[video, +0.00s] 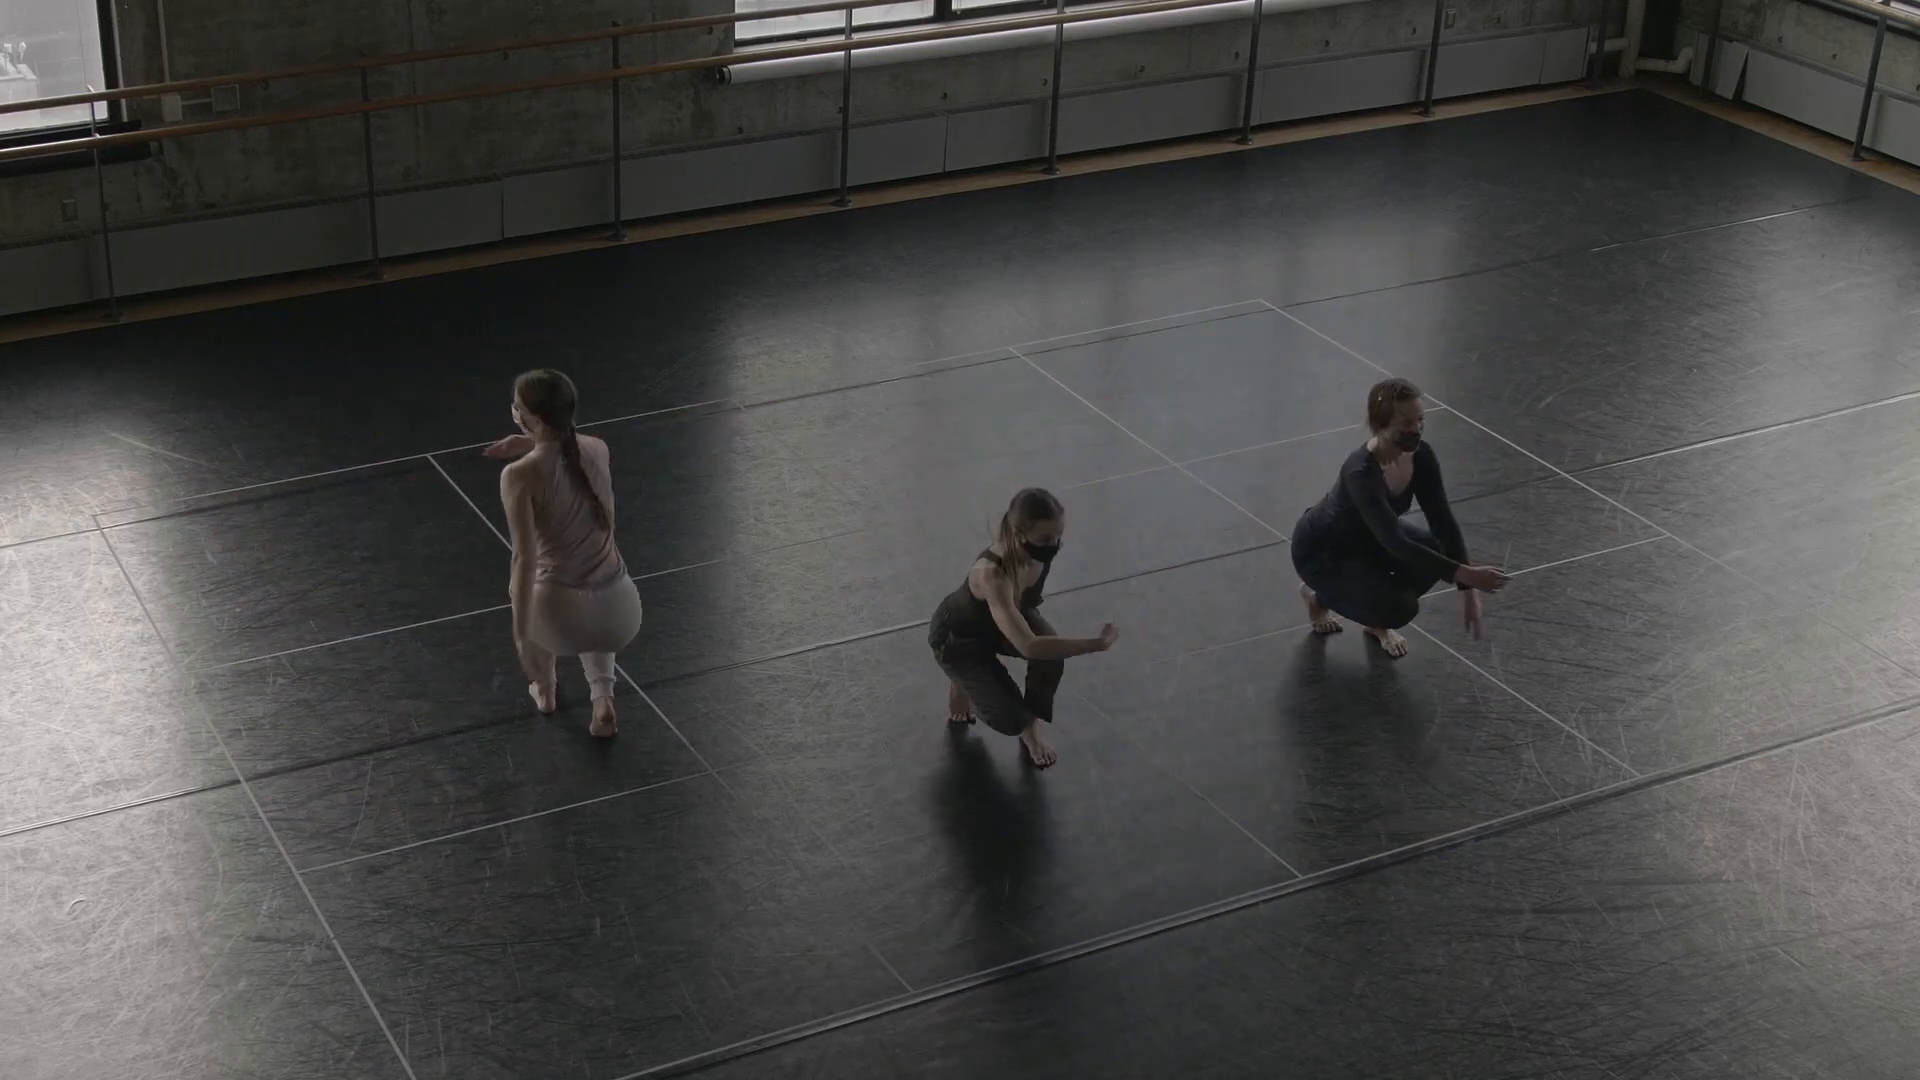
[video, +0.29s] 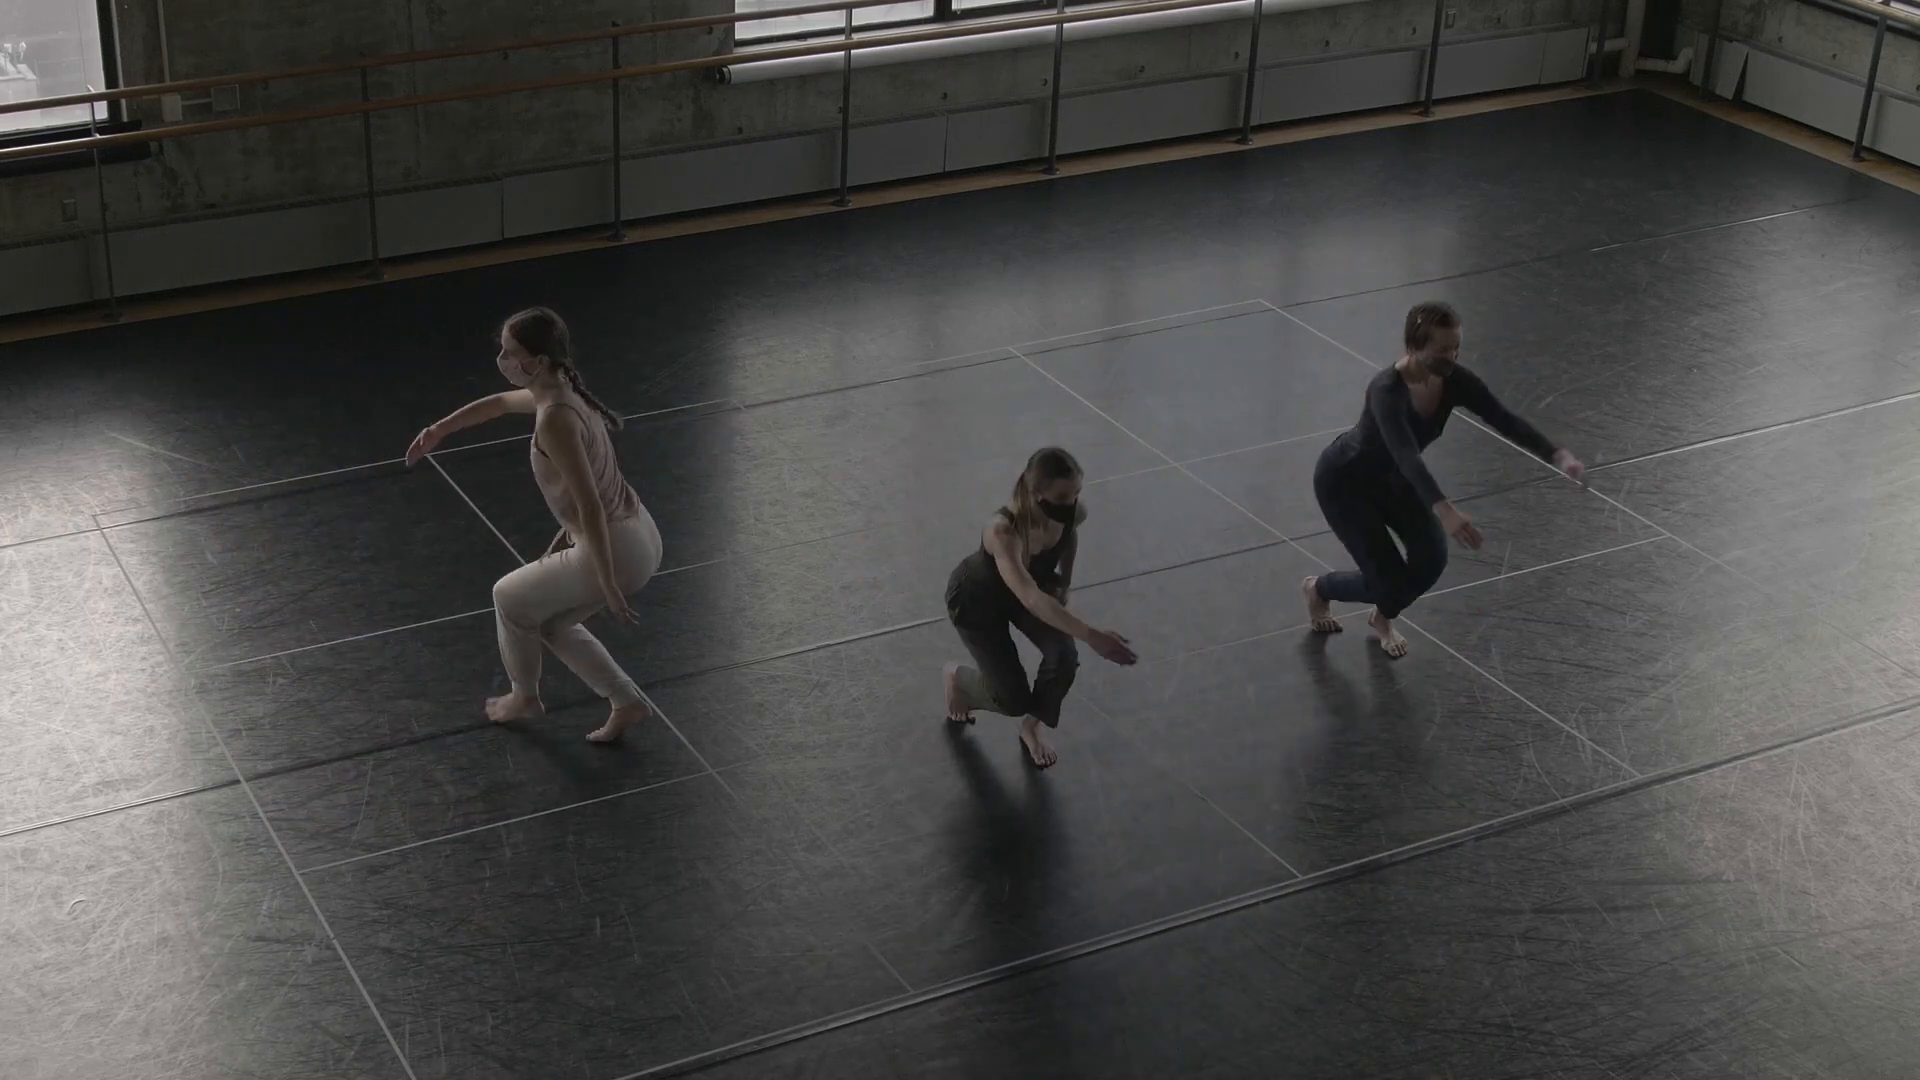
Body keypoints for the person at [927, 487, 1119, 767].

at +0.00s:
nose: (1053, 549)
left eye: (1057, 539)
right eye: (1044, 543)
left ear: (1060, 529)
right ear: (1018, 536)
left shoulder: (1040, 547)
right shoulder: (992, 574)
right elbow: (1030, 646)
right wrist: (1096, 644)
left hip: (1001, 617)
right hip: (958, 638)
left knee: (1051, 651)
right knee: (1014, 722)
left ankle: (1031, 727)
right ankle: (962, 682)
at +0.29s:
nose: (1070, 506)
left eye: (1075, 497)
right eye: (1060, 500)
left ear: (1079, 488)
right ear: (1035, 494)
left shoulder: (1074, 513)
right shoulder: (1002, 530)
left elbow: (1067, 540)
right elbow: (1032, 600)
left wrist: (1063, 584)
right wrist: (1092, 637)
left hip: (1023, 588)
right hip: (976, 597)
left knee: (1063, 657)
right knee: (1017, 701)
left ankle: (1032, 725)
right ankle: (958, 682)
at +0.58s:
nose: (1108, 425)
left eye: (1112, 416)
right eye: (1099, 419)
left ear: (1118, 405)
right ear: (1074, 411)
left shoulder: (1115, 435)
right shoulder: (1037, 440)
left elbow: (1109, 475)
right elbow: (972, 499)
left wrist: (1102, 521)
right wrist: (912, 557)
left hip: (1075, 537)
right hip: (1021, 539)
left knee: (1103, 639)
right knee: (1001, 647)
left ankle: (1079, 733)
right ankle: (954, 679)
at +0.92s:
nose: (1184, 489)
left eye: (1190, 481)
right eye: (1176, 483)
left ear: (1197, 467)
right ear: (1151, 470)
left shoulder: (1192, 493)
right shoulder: (1112, 491)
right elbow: (1062, 492)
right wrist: (1085, 491)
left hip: (1144, 593)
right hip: (1089, 584)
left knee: (1182, 695)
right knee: (1019, 634)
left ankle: (1156, 771)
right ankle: (960, 671)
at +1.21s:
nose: (1267, 500)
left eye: (1272, 493)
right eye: (1262, 492)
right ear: (1234, 477)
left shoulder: (1236, 504)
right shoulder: (1181, 505)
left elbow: (1198, 547)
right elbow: (1112, 532)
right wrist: (1047, 562)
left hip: (1178, 604)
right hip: (1127, 604)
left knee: (1189, 715)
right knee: (1136, 729)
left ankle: (1162, 771)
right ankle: (1061, 765)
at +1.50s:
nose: (1302, 509)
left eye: (1307, 502)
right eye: (1301, 500)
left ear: (1267, 472)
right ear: (1271, 481)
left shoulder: (1229, 495)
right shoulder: (1237, 527)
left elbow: (1174, 548)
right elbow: (1162, 579)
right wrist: (1091, 625)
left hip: (1130, 626)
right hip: (1164, 650)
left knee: (1083, 716)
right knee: (1199, 761)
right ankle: (1173, 876)